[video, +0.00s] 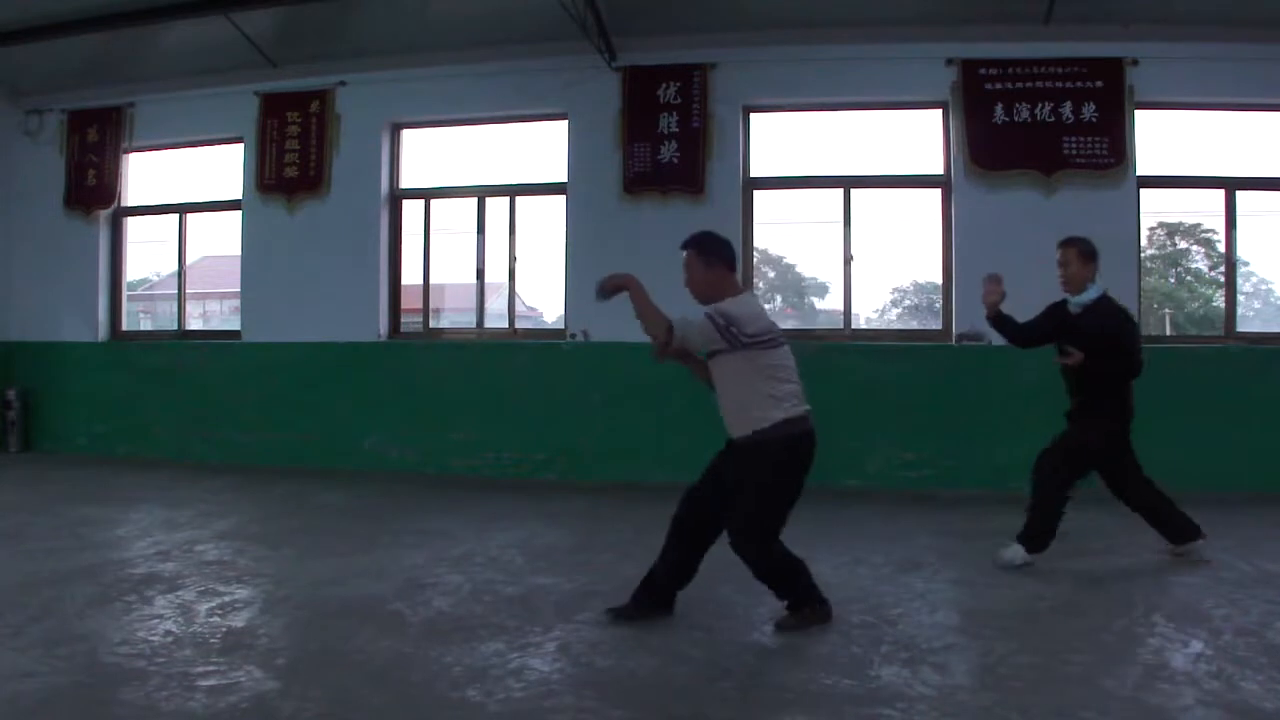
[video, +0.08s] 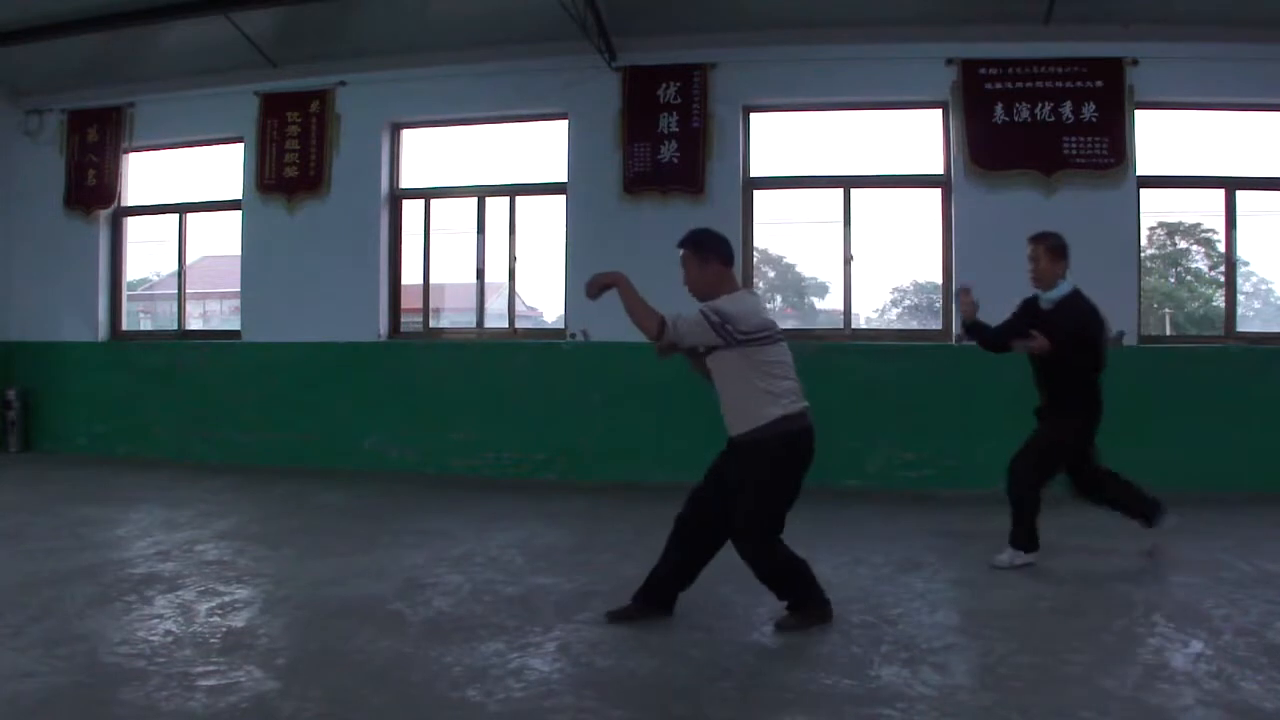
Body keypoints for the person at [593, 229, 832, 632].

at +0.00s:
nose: (686, 280)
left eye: (690, 270)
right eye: (685, 272)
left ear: (715, 269)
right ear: (723, 271)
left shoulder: (737, 313)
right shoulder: (741, 313)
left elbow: (667, 336)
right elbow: (724, 377)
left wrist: (633, 286)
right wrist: (679, 354)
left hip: (781, 441)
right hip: (749, 442)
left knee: (751, 533)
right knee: (695, 517)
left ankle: (809, 604)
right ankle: (654, 600)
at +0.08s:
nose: (684, 277)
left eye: (688, 267)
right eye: (683, 268)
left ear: (713, 266)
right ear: (718, 268)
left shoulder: (734, 309)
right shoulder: (742, 308)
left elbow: (660, 331)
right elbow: (725, 372)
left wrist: (620, 281)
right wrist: (683, 349)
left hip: (779, 438)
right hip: (751, 440)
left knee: (751, 530)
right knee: (700, 521)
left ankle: (810, 605)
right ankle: (653, 601)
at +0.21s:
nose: (687, 277)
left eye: (690, 266)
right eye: (685, 267)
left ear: (716, 262)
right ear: (721, 264)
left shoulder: (732, 308)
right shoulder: (748, 303)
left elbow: (656, 328)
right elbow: (724, 365)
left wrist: (615, 280)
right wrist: (682, 346)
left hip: (775, 438)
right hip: (750, 438)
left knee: (752, 533)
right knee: (698, 523)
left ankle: (810, 604)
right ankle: (653, 602)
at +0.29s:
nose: (691, 272)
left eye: (695, 261)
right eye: (690, 262)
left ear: (720, 258)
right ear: (724, 260)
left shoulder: (733, 305)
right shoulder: (753, 300)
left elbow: (658, 326)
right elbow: (726, 363)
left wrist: (616, 279)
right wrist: (684, 342)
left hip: (771, 437)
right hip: (749, 436)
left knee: (754, 532)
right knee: (699, 522)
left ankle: (811, 605)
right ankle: (653, 602)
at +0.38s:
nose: (694, 268)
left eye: (698, 257)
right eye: (693, 258)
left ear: (723, 254)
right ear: (728, 256)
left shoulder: (737, 303)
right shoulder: (754, 298)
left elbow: (661, 324)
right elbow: (727, 361)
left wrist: (617, 277)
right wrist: (686, 340)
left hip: (772, 437)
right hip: (748, 436)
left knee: (754, 533)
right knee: (698, 522)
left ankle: (811, 605)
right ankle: (653, 602)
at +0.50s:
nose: (701, 264)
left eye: (705, 254)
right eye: (701, 254)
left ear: (730, 251)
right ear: (733, 252)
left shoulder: (747, 301)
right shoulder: (751, 298)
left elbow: (665, 322)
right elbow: (728, 361)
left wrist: (622, 274)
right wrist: (689, 338)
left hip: (777, 437)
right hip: (745, 436)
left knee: (755, 534)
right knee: (697, 523)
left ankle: (812, 605)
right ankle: (653, 601)